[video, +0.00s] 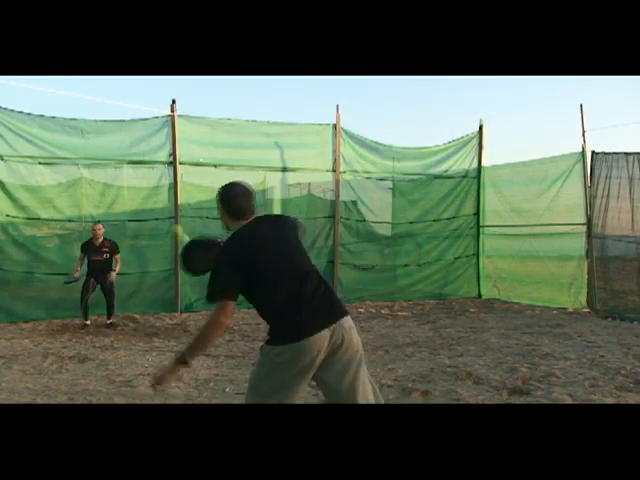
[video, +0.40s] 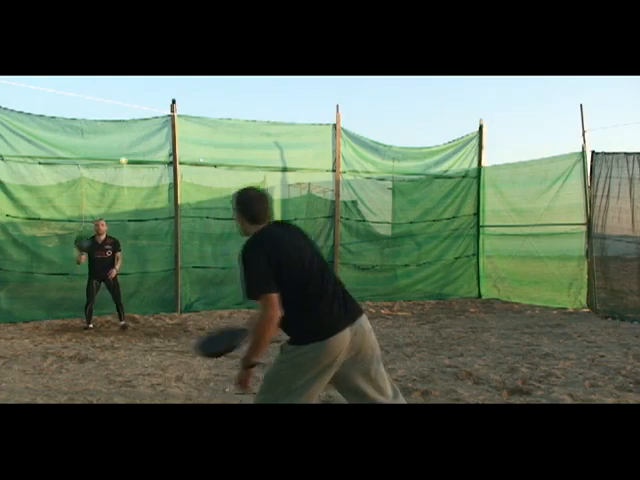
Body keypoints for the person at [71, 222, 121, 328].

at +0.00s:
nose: (97, 232)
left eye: (99, 229)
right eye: (94, 230)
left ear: (103, 230)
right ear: (92, 231)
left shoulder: (111, 245)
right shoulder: (86, 245)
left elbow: (118, 260)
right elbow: (81, 258)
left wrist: (115, 271)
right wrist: (77, 270)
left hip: (106, 275)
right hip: (92, 275)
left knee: (110, 298)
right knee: (84, 297)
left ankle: (109, 320)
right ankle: (86, 321)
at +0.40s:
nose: (100, 228)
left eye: (102, 225)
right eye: (97, 225)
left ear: (106, 227)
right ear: (94, 228)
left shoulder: (113, 242)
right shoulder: (89, 242)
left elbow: (118, 258)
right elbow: (80, 258)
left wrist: (115, 269)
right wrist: (80, 258)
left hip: (109, 274)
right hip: (94, 275)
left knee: (117, 299)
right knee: (90, 300)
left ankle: (122, 320)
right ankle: (89, 323)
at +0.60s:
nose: (105, 227)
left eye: (107, 224)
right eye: (103, 225)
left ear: (111, 226)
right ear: (100, 227)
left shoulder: (120, 242)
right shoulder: (95, 242)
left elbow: (125, 257)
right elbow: (85, 256)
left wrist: (125, 268)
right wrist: (86, 241)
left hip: (117, 274)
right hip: (102, 275)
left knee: (123, 299)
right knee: (94, 299)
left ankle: (125, 322)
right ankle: (90, 323)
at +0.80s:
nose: (109, 225)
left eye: (111, 223)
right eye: (107, 223)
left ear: (115, 225)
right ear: (104, 226)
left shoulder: (123, 240)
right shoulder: (101, 239)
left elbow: (130, 254)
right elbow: (94, 242)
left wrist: (133, 263)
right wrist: (92, 230)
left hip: (119, 273)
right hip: (105, 273)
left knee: (123, 298)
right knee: (96, 298)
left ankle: (125, 323)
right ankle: (92, 322)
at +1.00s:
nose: (112, 225)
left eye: (115, 223)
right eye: (110, 223)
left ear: (118, 225)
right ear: (107, 226)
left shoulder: (124, 240)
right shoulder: (101, 239)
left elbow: (129, 254)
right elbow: (100, 243)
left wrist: (131, 262)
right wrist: (101, 231)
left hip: (119, 273)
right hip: (104, 272)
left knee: (123, 298)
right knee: (96, 298)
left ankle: (126, 323)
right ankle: (91, 322)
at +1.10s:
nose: (112, 235)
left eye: (114, 232)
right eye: (110, 233)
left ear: (117, 231)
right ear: (106, 231)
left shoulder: (123, 241)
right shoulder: (100, 240)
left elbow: (128, 254)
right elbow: (95, 252)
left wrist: (129, 262)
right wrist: (102, 246)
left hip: (118, 273)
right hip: (103, 273)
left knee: (123, 299)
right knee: (94, 298)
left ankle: (126, 323)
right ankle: (88, 322)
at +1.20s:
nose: (111, 228)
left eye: (113, 225)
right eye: (109, 225)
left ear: (116, 228)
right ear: (105, 227)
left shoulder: (122, 243)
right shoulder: (98, 242)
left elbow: (126, 258)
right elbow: (90, 257)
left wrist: (125, 264)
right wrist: (99, 260)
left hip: (115, 273)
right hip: (101, 274)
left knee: (122, 299)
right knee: (90, 297)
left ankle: (125, 323)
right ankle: (83, 321)